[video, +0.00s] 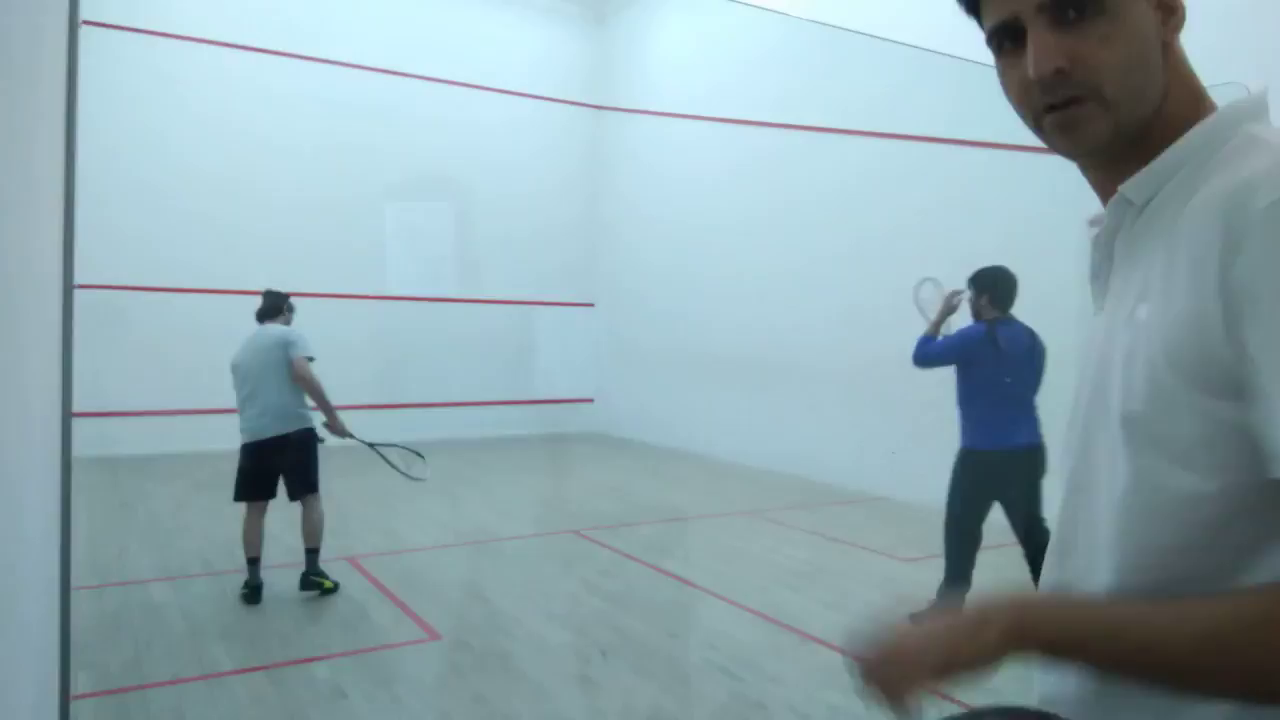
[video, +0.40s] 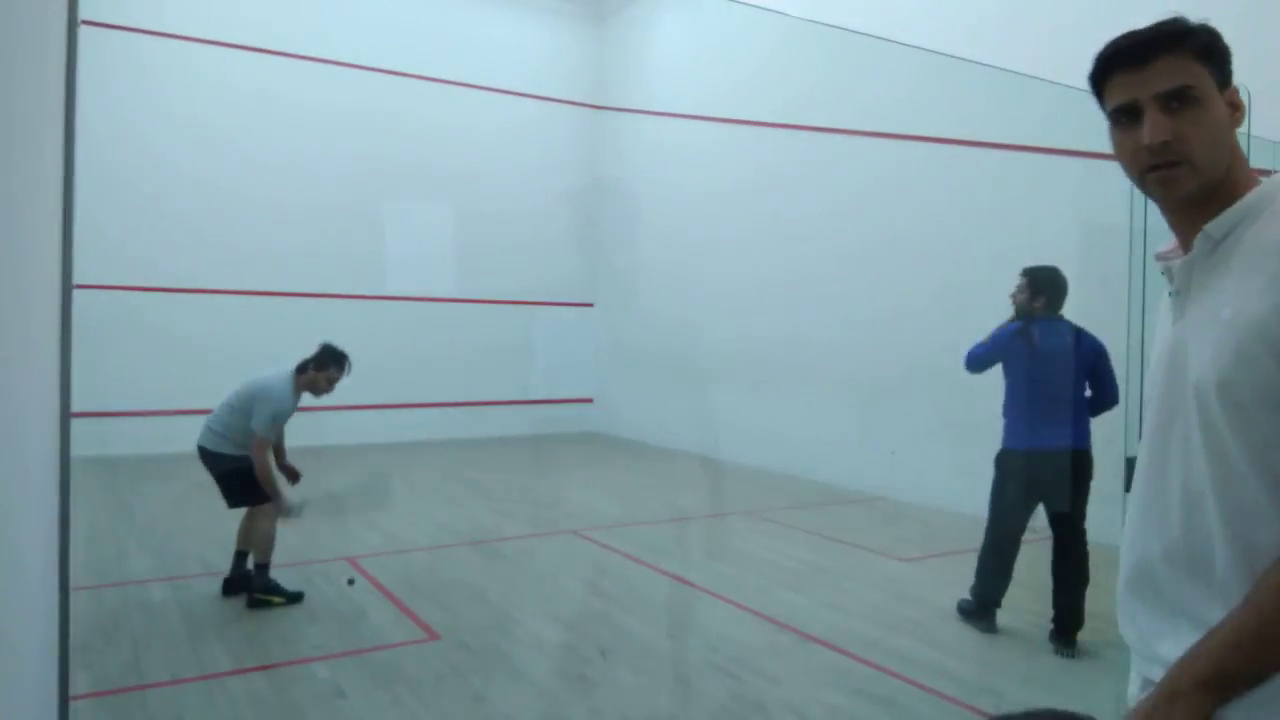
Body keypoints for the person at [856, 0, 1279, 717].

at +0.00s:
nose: (1041, 64)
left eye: (1075, 13)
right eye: (1008, 37)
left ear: (1167, 11)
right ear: (995, 64)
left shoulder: (1258, 202)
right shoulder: (1138, 228)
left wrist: (1021, 623)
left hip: (1210, 702)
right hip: (1088, 692)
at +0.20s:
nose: (1084, 109)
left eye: (1113, 69)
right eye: (1058, 88)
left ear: (1189, 70)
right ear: (1047, 110)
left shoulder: (1251, 225)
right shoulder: (1169, 242)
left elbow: (1155, 552)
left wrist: (1041, 703)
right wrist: (1061, 688)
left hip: (1205, 696)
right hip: (1142, 690)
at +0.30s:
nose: (1118, 137)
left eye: (1145, 102)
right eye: (1095, 118)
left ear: (1209, 106)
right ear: (1082, 141)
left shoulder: (1265, 239)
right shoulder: (1170, 267)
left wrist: (1128, 701)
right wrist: (1135, 656)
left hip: (1241, 695)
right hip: (1148, 673)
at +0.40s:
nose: (1153, 135)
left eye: (1177, 103)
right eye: (1128, 117)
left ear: (1234, 107)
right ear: (1113, 144)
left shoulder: (1268, 253)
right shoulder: (1195, 274)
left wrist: (1194, 686)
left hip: (1249, 693)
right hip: (1158, 674)